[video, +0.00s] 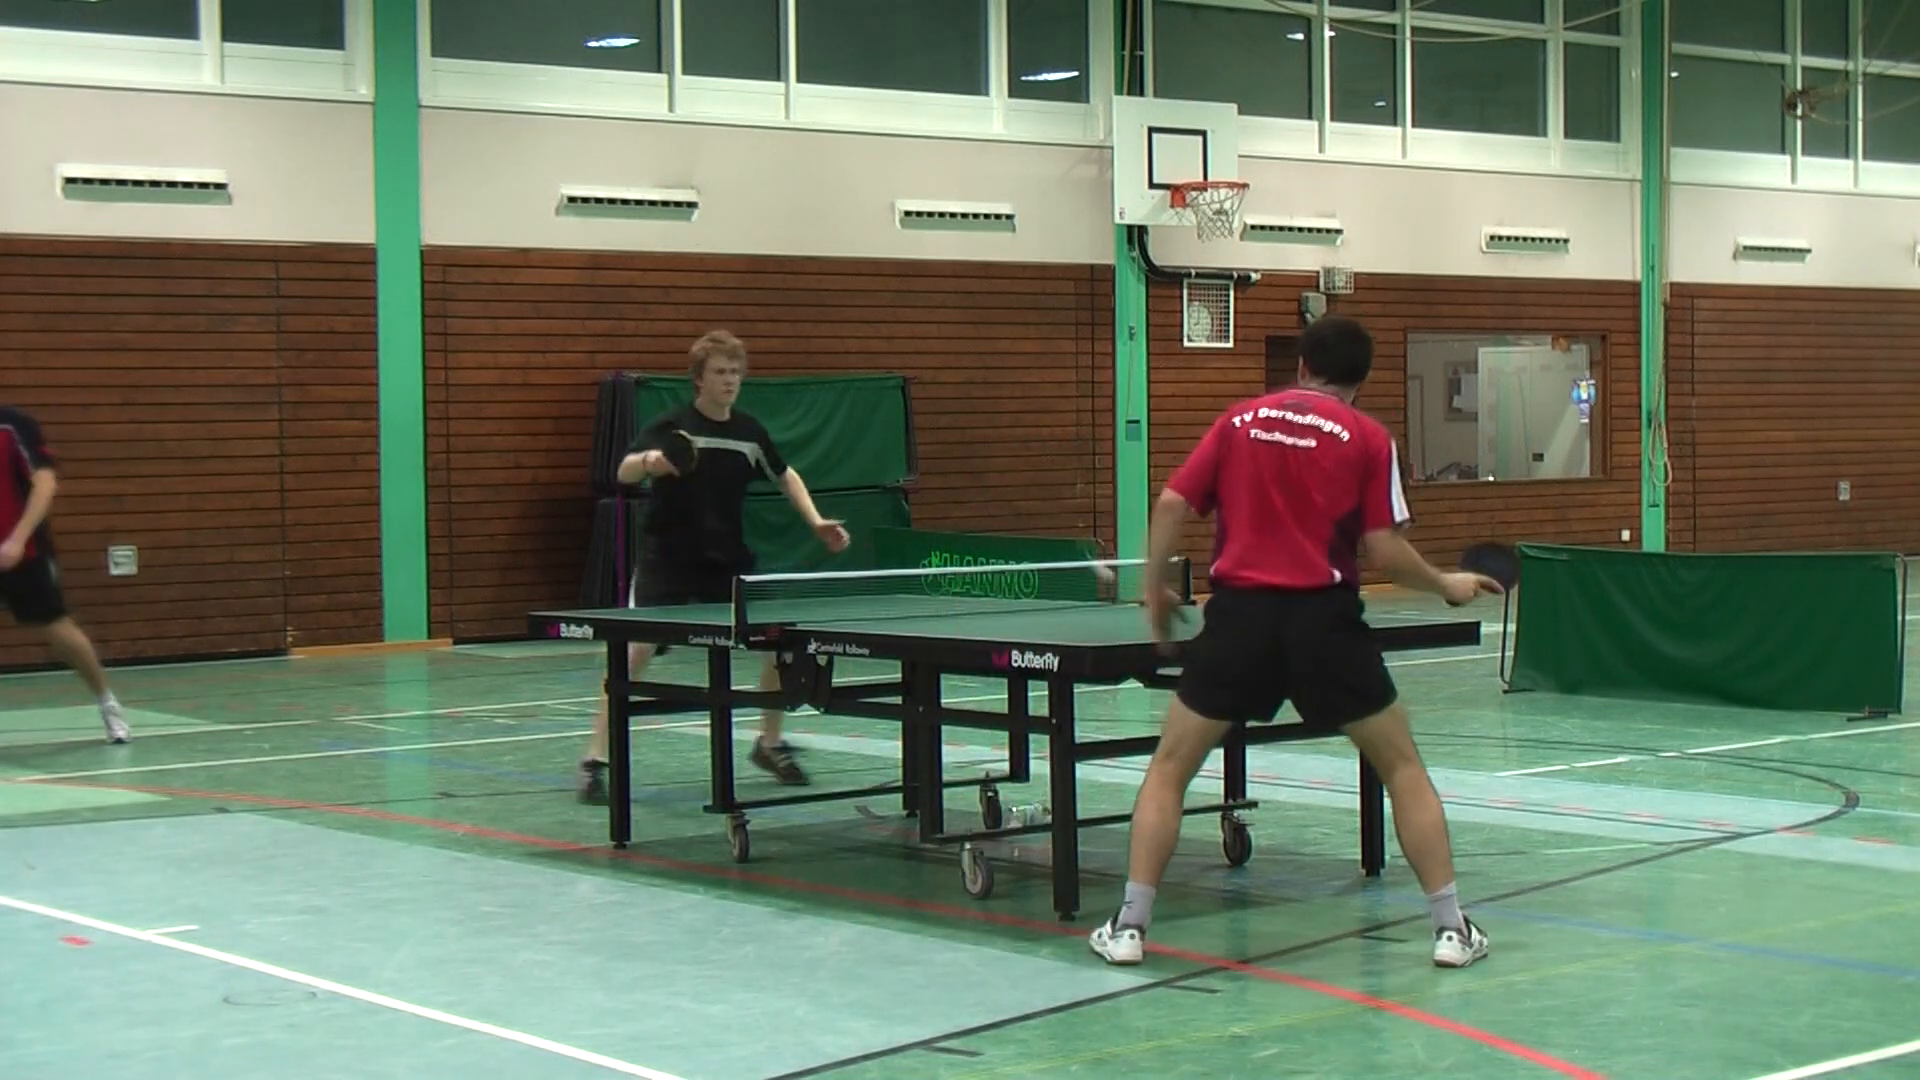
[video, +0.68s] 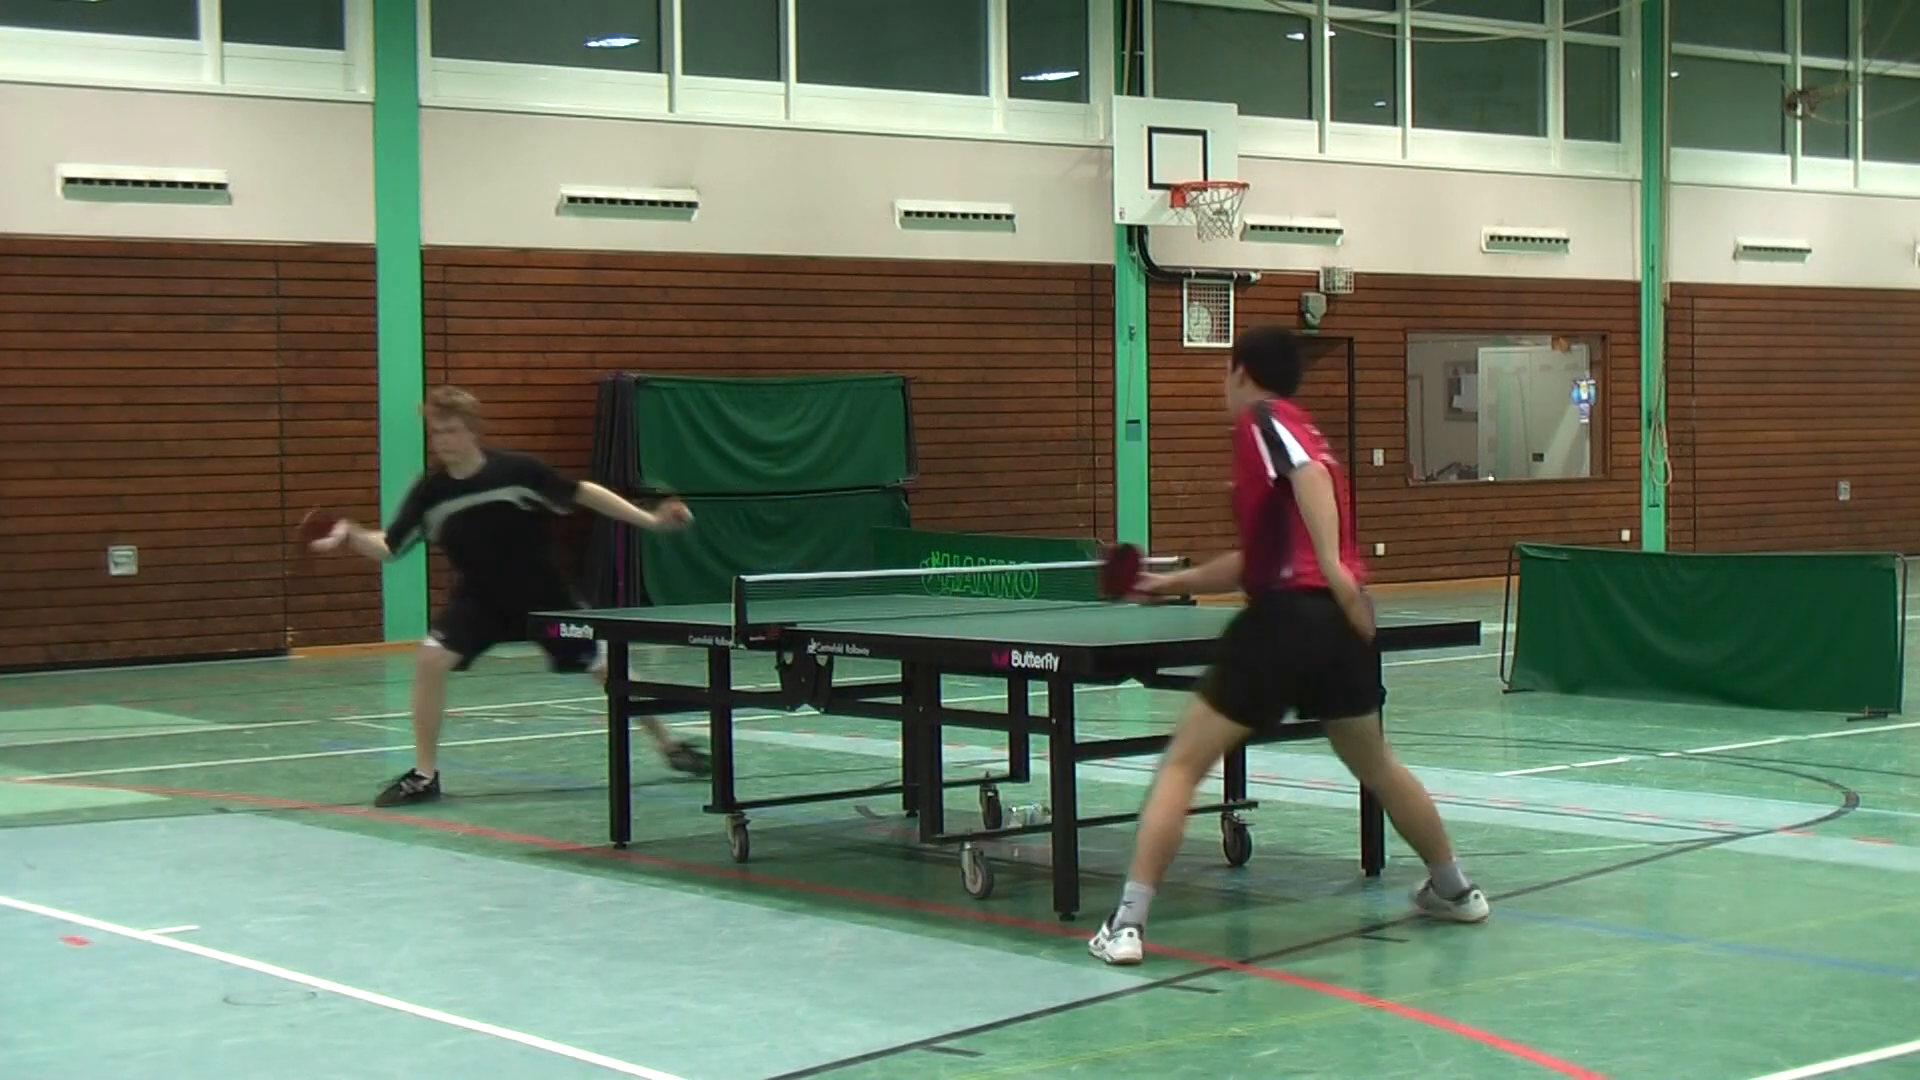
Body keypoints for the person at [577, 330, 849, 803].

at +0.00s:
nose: (730, 380)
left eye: (735, 373)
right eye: (720, 372)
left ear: (742, 378)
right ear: (698, 377)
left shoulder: (750, 431)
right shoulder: (670, 427)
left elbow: (786, 476)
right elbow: (623, 473)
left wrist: (816, 521)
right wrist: (646, 464)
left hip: (729, 563)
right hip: (667, 564)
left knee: (780, 641)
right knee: (635, 652)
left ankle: (770, 742)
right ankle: (595, 757)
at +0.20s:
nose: (690, 384)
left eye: (695, 376)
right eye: (680, 376)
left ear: (701, 380)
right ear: (657, 381)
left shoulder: (713, 436)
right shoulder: (632, 435)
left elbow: (750, 482)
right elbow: (584, 486)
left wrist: (765, 516)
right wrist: (617, 489)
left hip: (696, 574)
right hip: (633, 575)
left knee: (744, 650)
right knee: (592, 660)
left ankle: (760, 755)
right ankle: (544, 766)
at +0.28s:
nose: (671, 378)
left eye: (676, 370)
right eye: (660, 370)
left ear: (683, 375)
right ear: (637, 376)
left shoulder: (694, 427)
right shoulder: (612, 428)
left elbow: (732, 476)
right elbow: (571, 487)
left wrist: (739, 509)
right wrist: (606, 501)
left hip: (674, 563)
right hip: (610, 566)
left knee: (723, 644)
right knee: (567, 643)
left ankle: (743, 748)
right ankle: (531, 756)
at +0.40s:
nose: (629, 397)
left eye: (634, 388)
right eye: (619, 390)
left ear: (642, 390)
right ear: (599, 396)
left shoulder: (665, 442)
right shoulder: (582, 449)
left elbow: (705, 490)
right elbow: (542, 510)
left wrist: (698, 523)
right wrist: (568, 545)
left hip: (652, 577)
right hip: (591, 577)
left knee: (703, 655)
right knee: (537, 646)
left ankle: (709, 751)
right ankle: (483, 749)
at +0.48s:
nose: (579, 419)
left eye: (587, 409)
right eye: (571, 412)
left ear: (603, 410)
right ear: (558, 418)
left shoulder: (634, 460)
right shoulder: (547, 477)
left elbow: (683, 505)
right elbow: (509, 529)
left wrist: (686, 548)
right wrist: (485, 578)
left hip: (635, 596)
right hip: (568, 595)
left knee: (699, 666)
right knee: (509, 659)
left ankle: (710, 756)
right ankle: (451, 759)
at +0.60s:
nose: (488, 442)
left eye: (496, 432)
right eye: (481, 435)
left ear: (518, 431)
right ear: (473, 441)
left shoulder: (561, 476)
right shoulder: (474, 498)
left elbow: (624, 502)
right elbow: (423, 543)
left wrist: (672, 547)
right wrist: (361, 568)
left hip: (587, 597)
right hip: (518, 601)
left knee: (648, 670)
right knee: (464, 663)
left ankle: (710, 752)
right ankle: (427, 776)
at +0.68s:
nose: (440, 440)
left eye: (449, 430)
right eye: (434, 432)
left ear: (473, 430)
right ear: (429, 436)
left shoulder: (515, 472)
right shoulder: (429, 493)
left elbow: (582, 494)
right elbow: (387, 548)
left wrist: (649, 519)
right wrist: (351, 534)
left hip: (542, 597)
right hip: (479, 604)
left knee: (607, 667)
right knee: (430, 657)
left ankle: (670, 746)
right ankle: (424, 775)